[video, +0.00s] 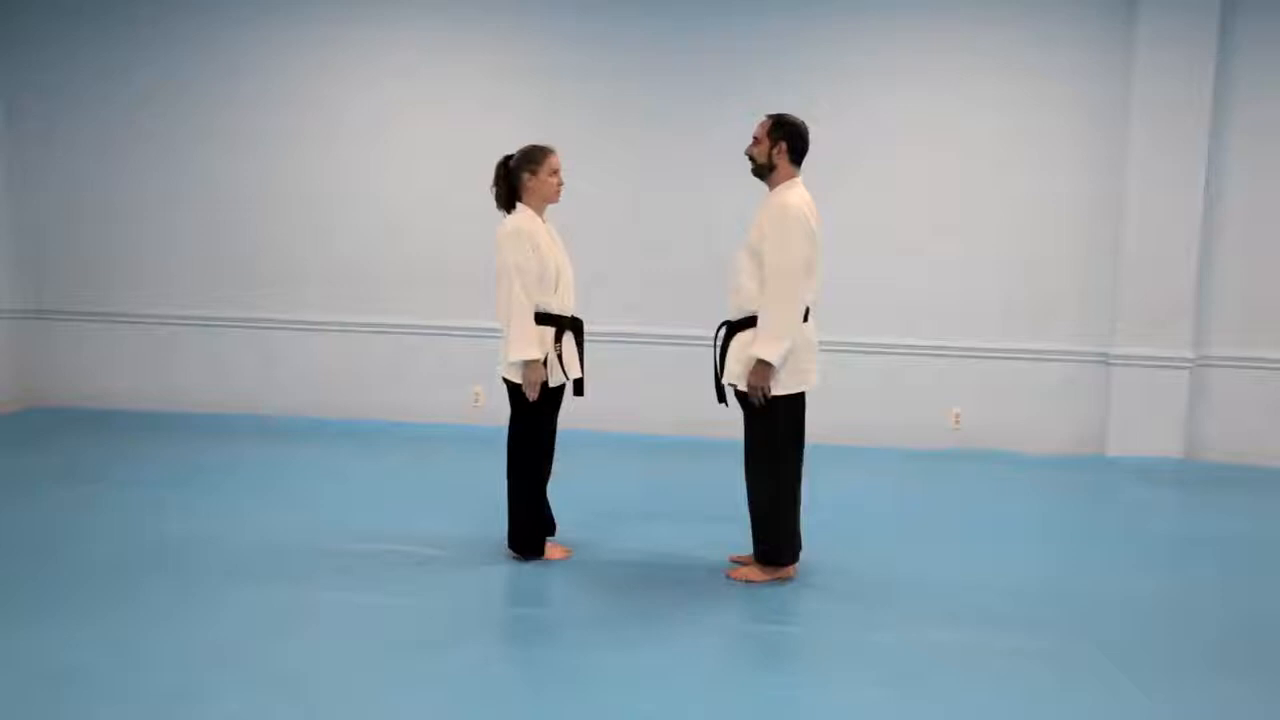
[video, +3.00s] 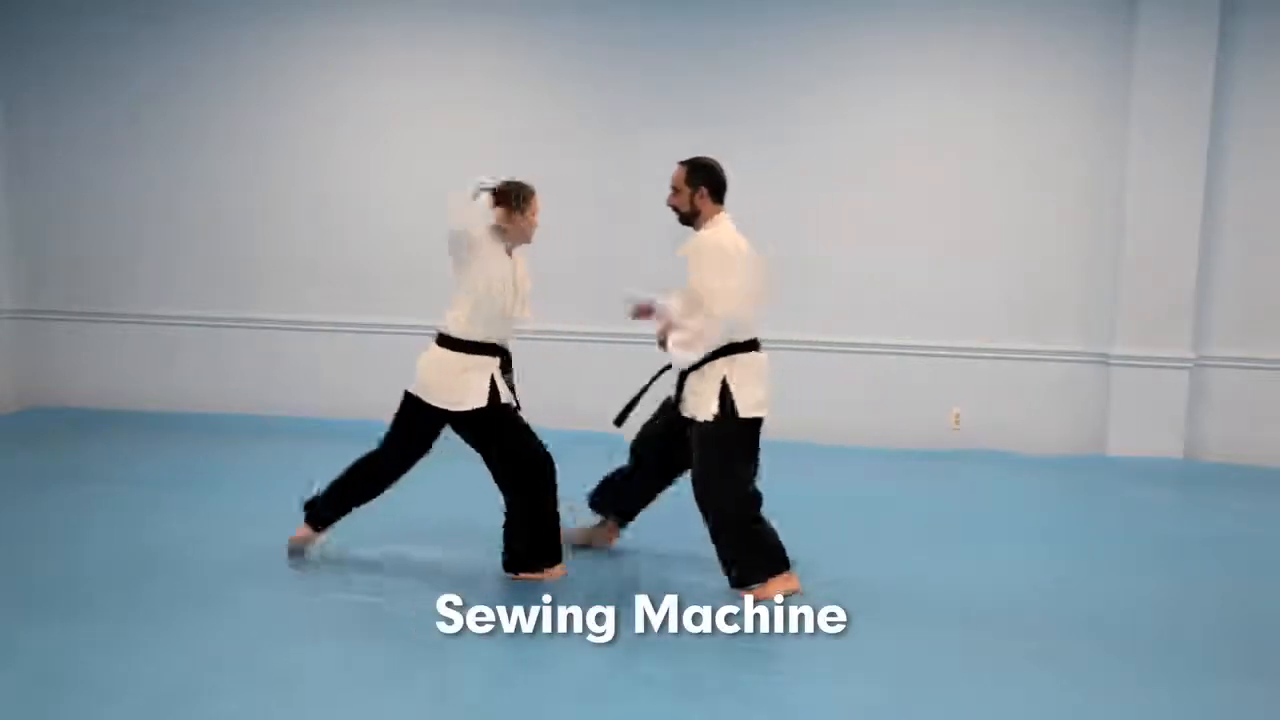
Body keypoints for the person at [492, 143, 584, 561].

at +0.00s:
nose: (561, 181)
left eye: (560, 173)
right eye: (553, 174)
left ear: (540, 180)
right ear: (529, 179)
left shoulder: (542, 227)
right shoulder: (517, 229)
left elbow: (549, 295)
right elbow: (518, 298)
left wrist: (559, 354)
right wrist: (530, 359)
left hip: (552, 351)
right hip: (534, 354)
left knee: (539, 451)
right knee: (529, 453)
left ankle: (534, 533)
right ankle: (526, 541)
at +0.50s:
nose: (566, 183)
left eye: (566, 175)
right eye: (558, 175)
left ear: (547, 181)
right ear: (532, 180)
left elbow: (573, 281)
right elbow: (530, 291)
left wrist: (607, 314)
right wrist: (577, 328)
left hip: (547, 351)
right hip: (523, 352)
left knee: (548, 447)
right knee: (540, 447)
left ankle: (544, 542)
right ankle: (524, 545)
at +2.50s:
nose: (568, 187)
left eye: (567, 180)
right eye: (561, 180)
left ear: (538, 183)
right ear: (536, 182)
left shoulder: (536, 228)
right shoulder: (521, 229)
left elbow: (570, 281)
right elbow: (549, 293)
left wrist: (603, 317)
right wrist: (595, 327)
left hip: (534, 353)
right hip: (519, 355)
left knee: (549, 452)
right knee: (542, 455)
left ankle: (537, 539)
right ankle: (518, 556)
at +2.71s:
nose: (589, 215)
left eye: (589, 206)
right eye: (585, 206)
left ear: (558, 204)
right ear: (564, 204)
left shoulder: (529, 233)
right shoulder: (540, 235)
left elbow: (554, 295)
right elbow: (564, 278)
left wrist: (594, 317)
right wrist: (615, 271)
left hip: (480, 360)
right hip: (493, 366)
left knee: (508, 457)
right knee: (529, 459)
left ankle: (516, 549)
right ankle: (524, 562)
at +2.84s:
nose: (576, 219)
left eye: (576, 211)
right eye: (571, 210)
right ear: (548, 206)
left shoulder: (542, 252)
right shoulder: (519, 238)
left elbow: (544, 309)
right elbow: (549, 228)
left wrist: (564, 330)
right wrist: (564, 213)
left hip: (467, 366)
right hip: (478, 371)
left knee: (448, 452)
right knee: (525, 462)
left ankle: (386, 510)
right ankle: (521, 562)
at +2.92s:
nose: (560, 221)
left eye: (560, 213)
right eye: (556, 213)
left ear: (541, 217)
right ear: (535, 215)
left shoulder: (534, 259)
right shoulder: (501, 245)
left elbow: (538, 311)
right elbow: (495, 223)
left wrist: (535, 340)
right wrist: (515, 199)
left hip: (462, 373)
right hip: (474, 377)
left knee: (409, 455)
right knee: (531, 465)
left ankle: (340, 512)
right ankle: (522, 562)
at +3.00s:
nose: (538, 224)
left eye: (537, 216)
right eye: (533, 216)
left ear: (511, 217)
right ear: (511, 218)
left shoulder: (512, 260)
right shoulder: (476, 248)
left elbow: (500, 334)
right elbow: (462, 228)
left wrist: (510, 392)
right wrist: (476, 195)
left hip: (439, 376)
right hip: (464, 382)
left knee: (391, 459)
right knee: (532, 466)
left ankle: (315, 521)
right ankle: (527, 563)